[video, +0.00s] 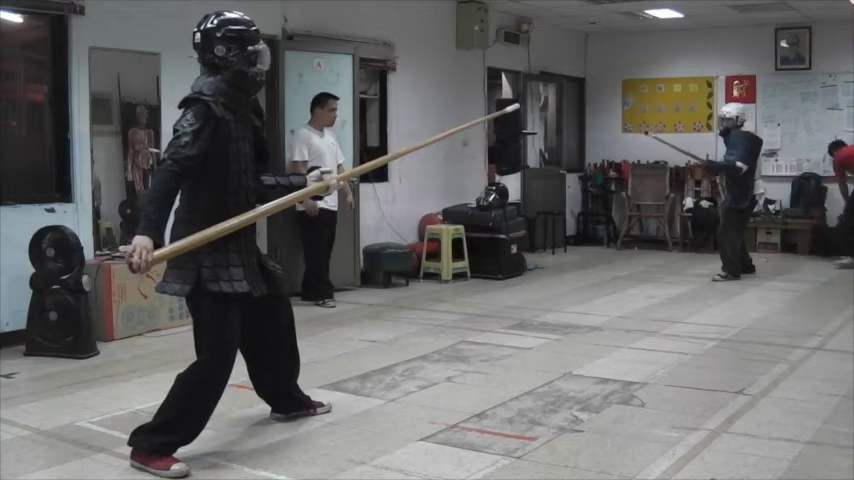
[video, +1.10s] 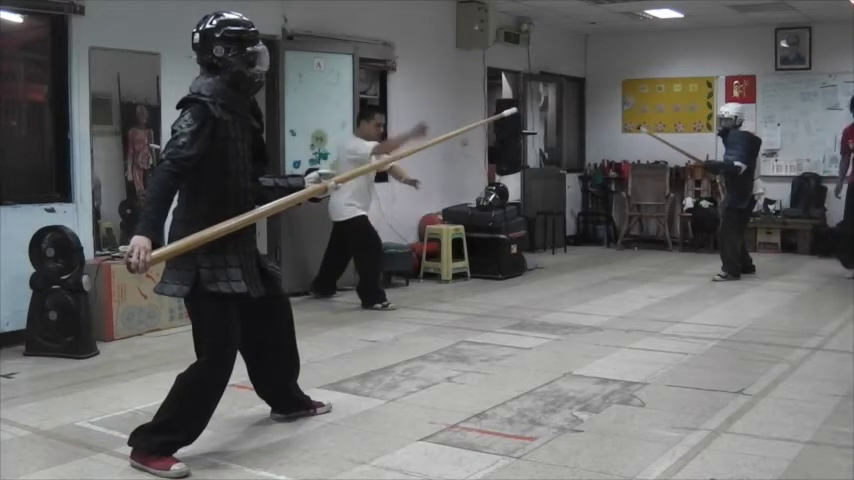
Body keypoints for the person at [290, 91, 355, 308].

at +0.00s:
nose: (336, 115)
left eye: (336, 110)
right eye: (332, 110)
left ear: (324, 112)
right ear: (318, 111)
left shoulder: (330, 136)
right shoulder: (302, 134)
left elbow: (339, 168)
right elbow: (298, 169)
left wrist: (348, 191)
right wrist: (305, 196)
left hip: (330, 202)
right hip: (312, 202)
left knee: (324, 249)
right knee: (316, 250)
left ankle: (313, 290)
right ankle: (321, 292)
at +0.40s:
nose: (346, 116)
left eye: (347, 112)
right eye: (342, 112)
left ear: (343, 114)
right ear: (328, 112)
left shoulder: (341, 138)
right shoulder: (315, 137)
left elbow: (350, 170)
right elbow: (309, 172)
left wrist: (360, 196)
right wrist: (309, 201)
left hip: (339, 202)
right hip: (324, 203)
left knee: (323, 249)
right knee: (339, 247)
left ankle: (312, 291)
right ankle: (356, 289)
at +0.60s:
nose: (362, 121)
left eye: (364, 117)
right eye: (358, 116)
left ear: (362, 119)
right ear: (344, 117)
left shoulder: (356, 141)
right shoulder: (331, 142)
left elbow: (367, 169)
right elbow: (327, 178)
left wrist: (384, 190)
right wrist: (323, 210)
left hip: (352, 207)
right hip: (338, 207)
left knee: (330, 252)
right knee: (355, 252)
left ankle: (312, 291)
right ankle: (369, 298)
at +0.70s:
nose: (373, 123)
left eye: (374, 119)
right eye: (369, 118)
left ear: (361, 120)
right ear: (355, 118)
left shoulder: (365, 142)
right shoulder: (343, 143)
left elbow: (383, 166)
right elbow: (339, 182)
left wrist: (406, 181)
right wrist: (339, 216)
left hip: (354, 207)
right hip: (344, 209)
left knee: (336, 254)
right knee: (362, 250)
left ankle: (315, 288)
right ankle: (371, 298)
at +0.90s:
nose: (382, 128)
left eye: (383, 123)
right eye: (379, 123)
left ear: (372, 124)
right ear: (365, 122)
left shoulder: (373, 143)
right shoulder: (355, 145)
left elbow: (397, 154)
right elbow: (365, 183)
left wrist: (404, 133)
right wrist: (381, 215)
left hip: (352, 205)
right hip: (346, 206)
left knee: (340, 252)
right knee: (369, 248)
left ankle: (323, 288)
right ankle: (372, 298)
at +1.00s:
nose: (383, 129)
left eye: (383, 125)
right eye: (379, 124)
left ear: (372, 124)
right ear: (364, 123)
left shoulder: (375, 144)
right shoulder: (352, 145)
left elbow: (396, 161)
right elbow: (378, 171)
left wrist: (404, 152)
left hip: (359, 206)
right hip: (345, 206)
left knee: (340, 250)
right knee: (370, 245)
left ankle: (323, 287)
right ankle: (371, 298)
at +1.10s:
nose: (381, 130)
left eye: (382, 126)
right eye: (377, 125)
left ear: (368, 127)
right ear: (362, 124)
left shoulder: (371, 150)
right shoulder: (351, 145)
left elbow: (389, 165)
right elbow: (381, 148)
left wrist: (405, 178)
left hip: (356, 208)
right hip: (345, 208)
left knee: (338, 251)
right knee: (371, 246)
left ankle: (322, 288)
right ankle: (372, 299)